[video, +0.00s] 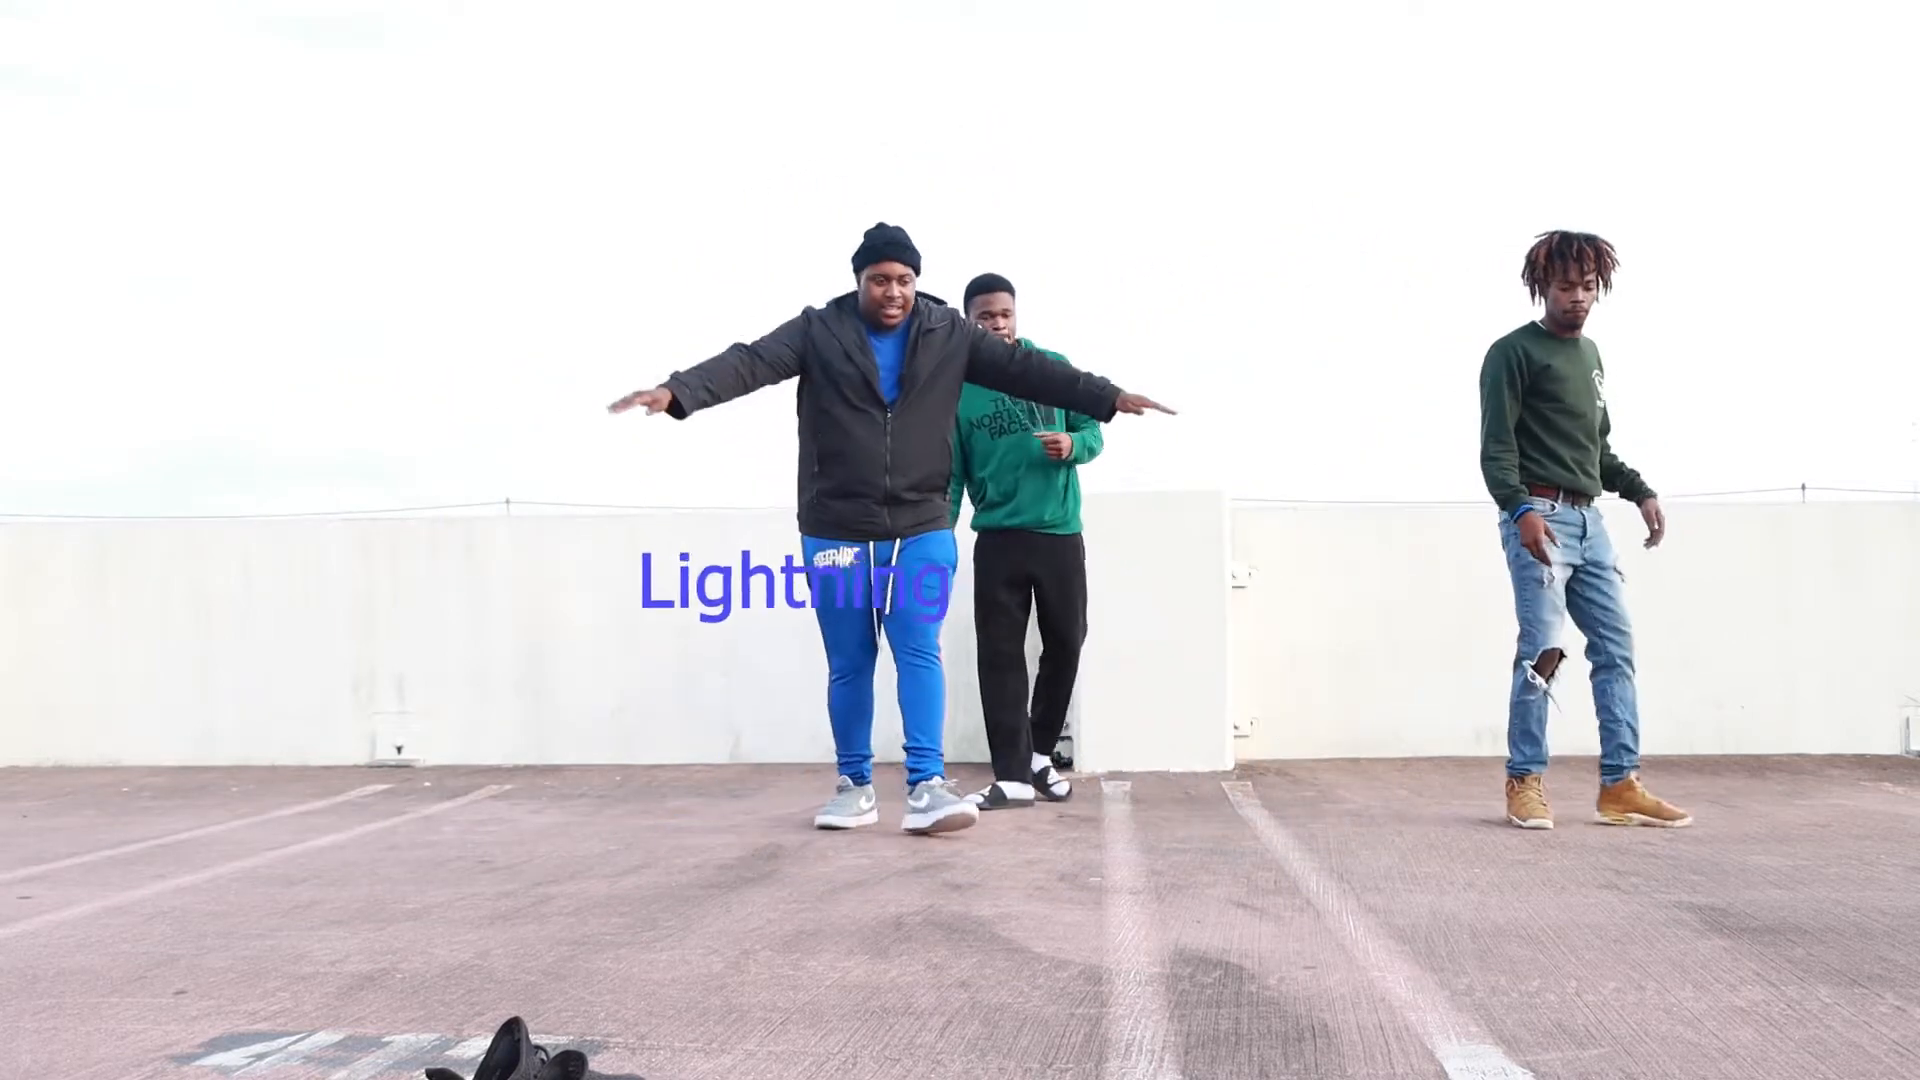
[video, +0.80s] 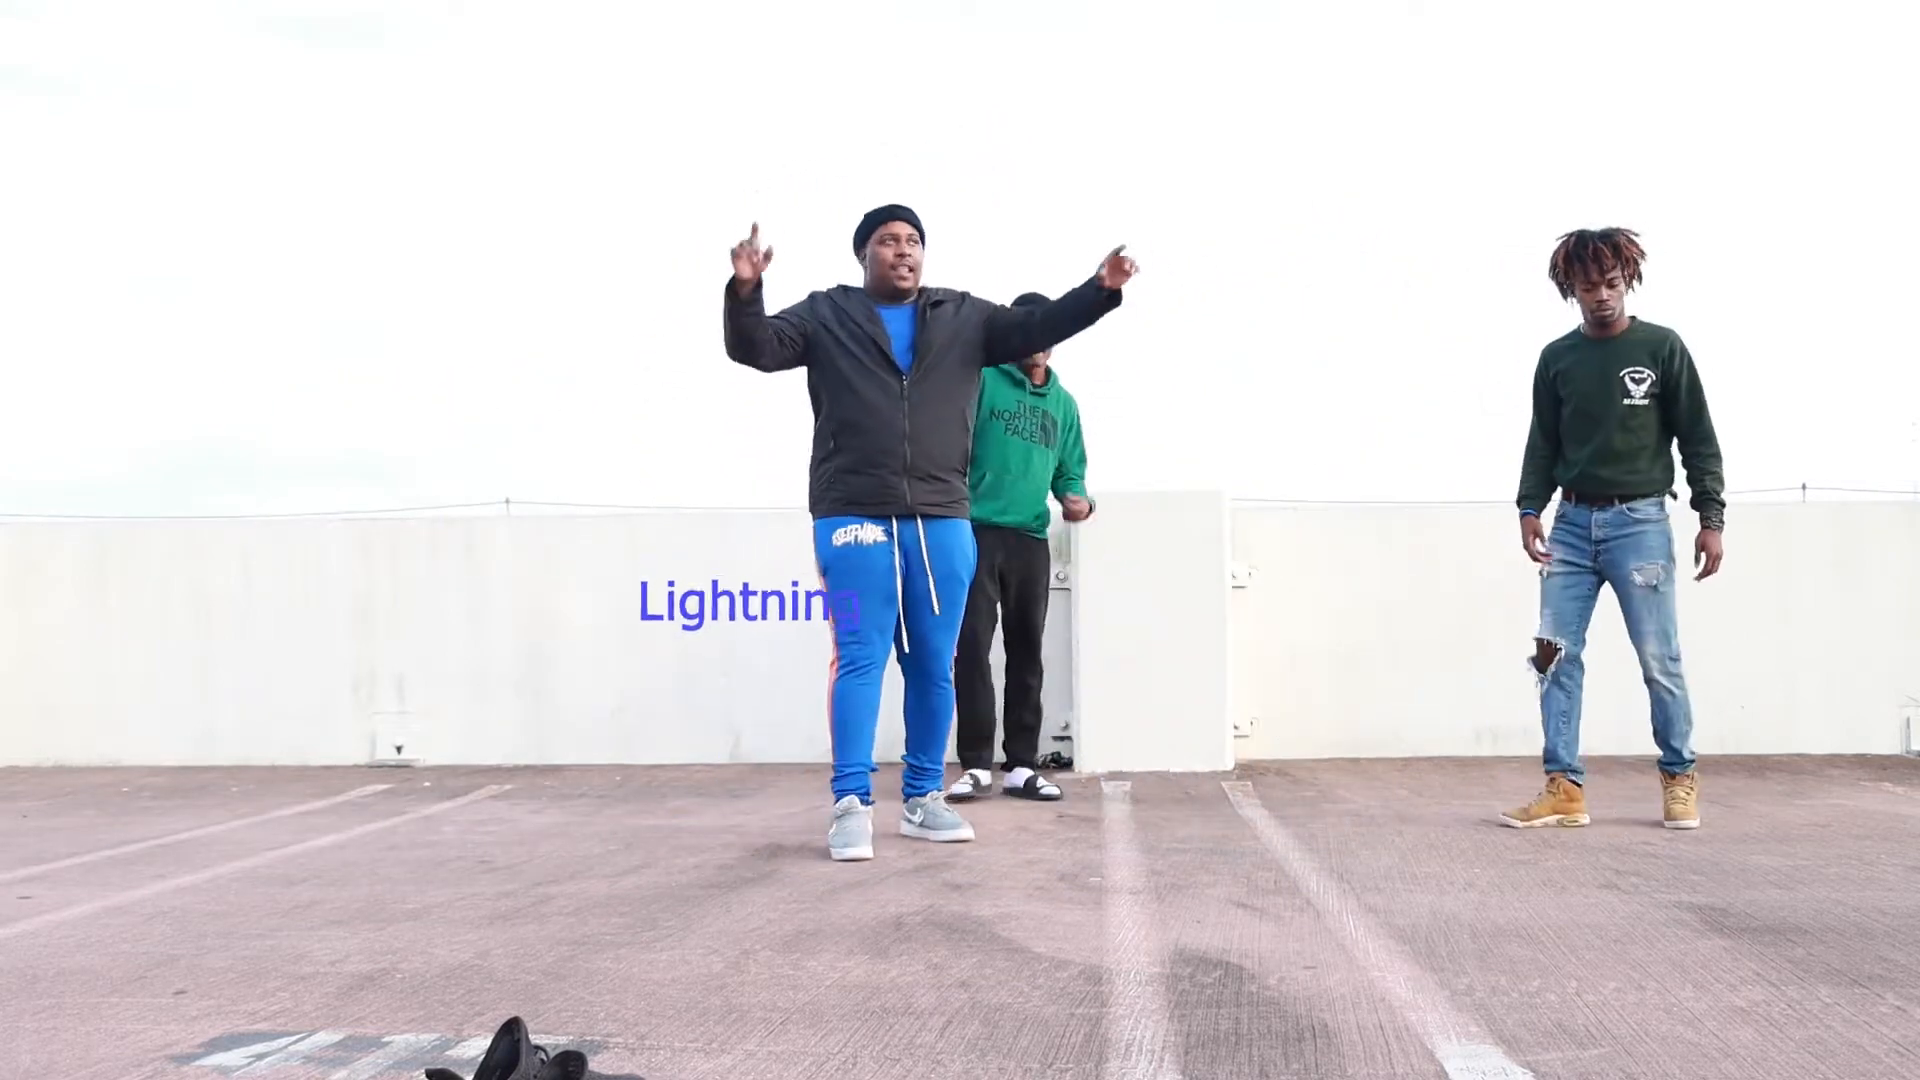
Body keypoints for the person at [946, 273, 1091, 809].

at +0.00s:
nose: (997, 324)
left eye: (1004, 314)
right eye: (986, 316)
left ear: (1017, 316)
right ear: (967, 322)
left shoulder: (1052, 368)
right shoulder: (960, 387)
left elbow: (1094, 434)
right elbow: (948, 478)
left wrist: (1073, 445)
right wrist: (934, 548)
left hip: (1058, 535)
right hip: (998, 537)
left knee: (1065, 646)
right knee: (1000, 655)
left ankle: (1040, 751)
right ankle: (1011, 779)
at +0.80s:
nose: (1037, 343)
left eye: (1044, 334)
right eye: (1028, 334)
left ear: (1054, 340)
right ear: (1011, 338)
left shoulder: (1062, 403)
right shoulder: (981, 380)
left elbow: (1069, 472)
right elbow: (950, 438)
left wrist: (1076, 499)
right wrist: (948, 502)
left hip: (1030, 537)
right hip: (975, 531)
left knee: (1026, 653)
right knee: (971, 652)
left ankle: (1021, 767)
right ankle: (976, 766)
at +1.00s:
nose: (1007, 338)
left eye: (1015, 330)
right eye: (999, 330)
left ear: (1025, 337)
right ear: (984, 337)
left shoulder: (1046, 400)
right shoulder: (957, 382)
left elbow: (1057, 482)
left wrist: (1065, 557)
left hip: (1017, 542)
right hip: (960, 533)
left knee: (1019, 659)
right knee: (927, 650)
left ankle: (1019, 767)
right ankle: (917, 766)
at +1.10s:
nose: (990, 338)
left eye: (996, 330)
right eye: (983, 330)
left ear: (1009, 338)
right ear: (965, 340)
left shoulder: (1032, 398)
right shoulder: (943, 386)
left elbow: (1049, 477)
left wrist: (1058, 548)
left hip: (1005, 541)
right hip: (946, 534)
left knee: (1014, 656)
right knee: (920, 654)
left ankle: (1018, 766)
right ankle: (906, 762)